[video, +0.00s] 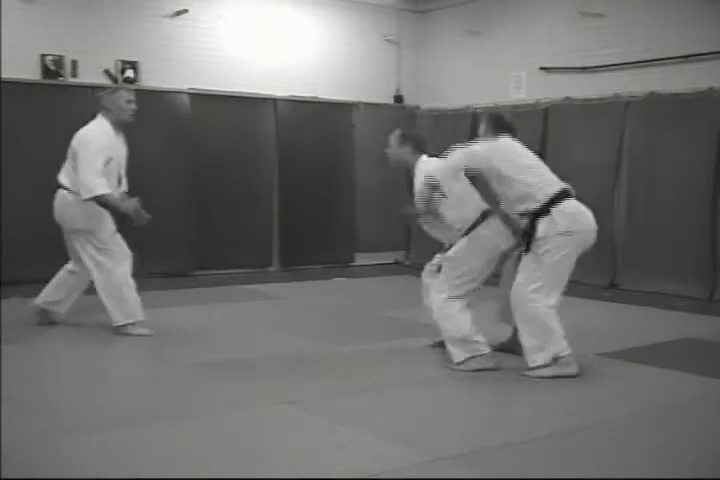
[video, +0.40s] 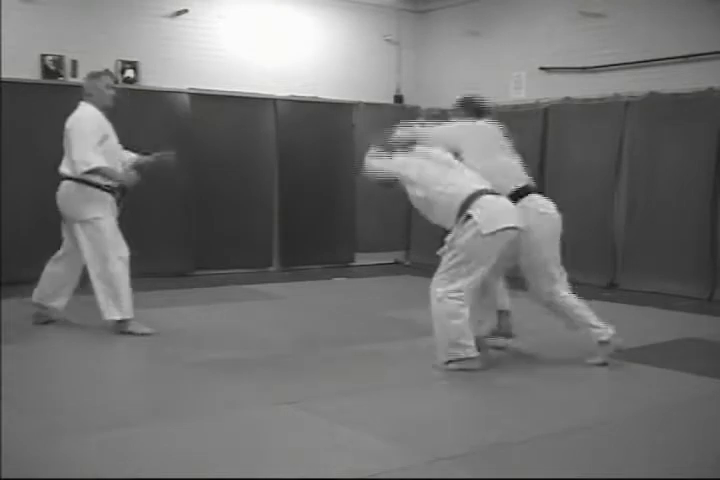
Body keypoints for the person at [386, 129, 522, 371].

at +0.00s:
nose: (387, 153)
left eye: (391, 147)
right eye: (389, 147)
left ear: (407, 147)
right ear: (415, 148)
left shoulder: (426, 173)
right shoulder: (443, 163)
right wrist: (448, 253)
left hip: (488, 230)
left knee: (443, 288)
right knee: (433, 276)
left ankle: (473, 353)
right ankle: (454, 335)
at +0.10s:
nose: (389, 160)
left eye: (383, 153)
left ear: (392, 142)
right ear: (417, 143)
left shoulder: (426, 170)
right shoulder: (448, 161)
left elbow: (436, 192)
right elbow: (482, 188)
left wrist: (397, 171)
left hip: (472, 240)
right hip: (487, 233)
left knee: (436, 301)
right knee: (433, 275)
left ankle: (473, 354)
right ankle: (449, 333)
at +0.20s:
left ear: (413, 126)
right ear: (435, 125)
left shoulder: (412, 148)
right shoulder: (449, 146)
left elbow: (375, 130)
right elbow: (433, 124)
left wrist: (367, 103)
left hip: (464, 227)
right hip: (487, 222)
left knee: (433, 295)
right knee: (446, 287)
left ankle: (472, 348)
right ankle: (457, 334)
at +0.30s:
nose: (405, 124)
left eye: (406, 121)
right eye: (406, 120)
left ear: (413, 126)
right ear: (429, 124)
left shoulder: (410, 143)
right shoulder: (444, 145)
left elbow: (375, 124)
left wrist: (368, 106)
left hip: (472, 219)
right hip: (498, 214)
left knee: (439, 288)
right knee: (503, 275)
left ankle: (466, 351)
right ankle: (516, 332)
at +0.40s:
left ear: (402, 153)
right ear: (419, 146)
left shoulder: (407, 163)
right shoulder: (443, 157)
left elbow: (371, 166)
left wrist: (374, 151)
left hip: (481, 218)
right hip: (509, 213)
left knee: (446, 287)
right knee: (486, 276)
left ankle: (461, 354)